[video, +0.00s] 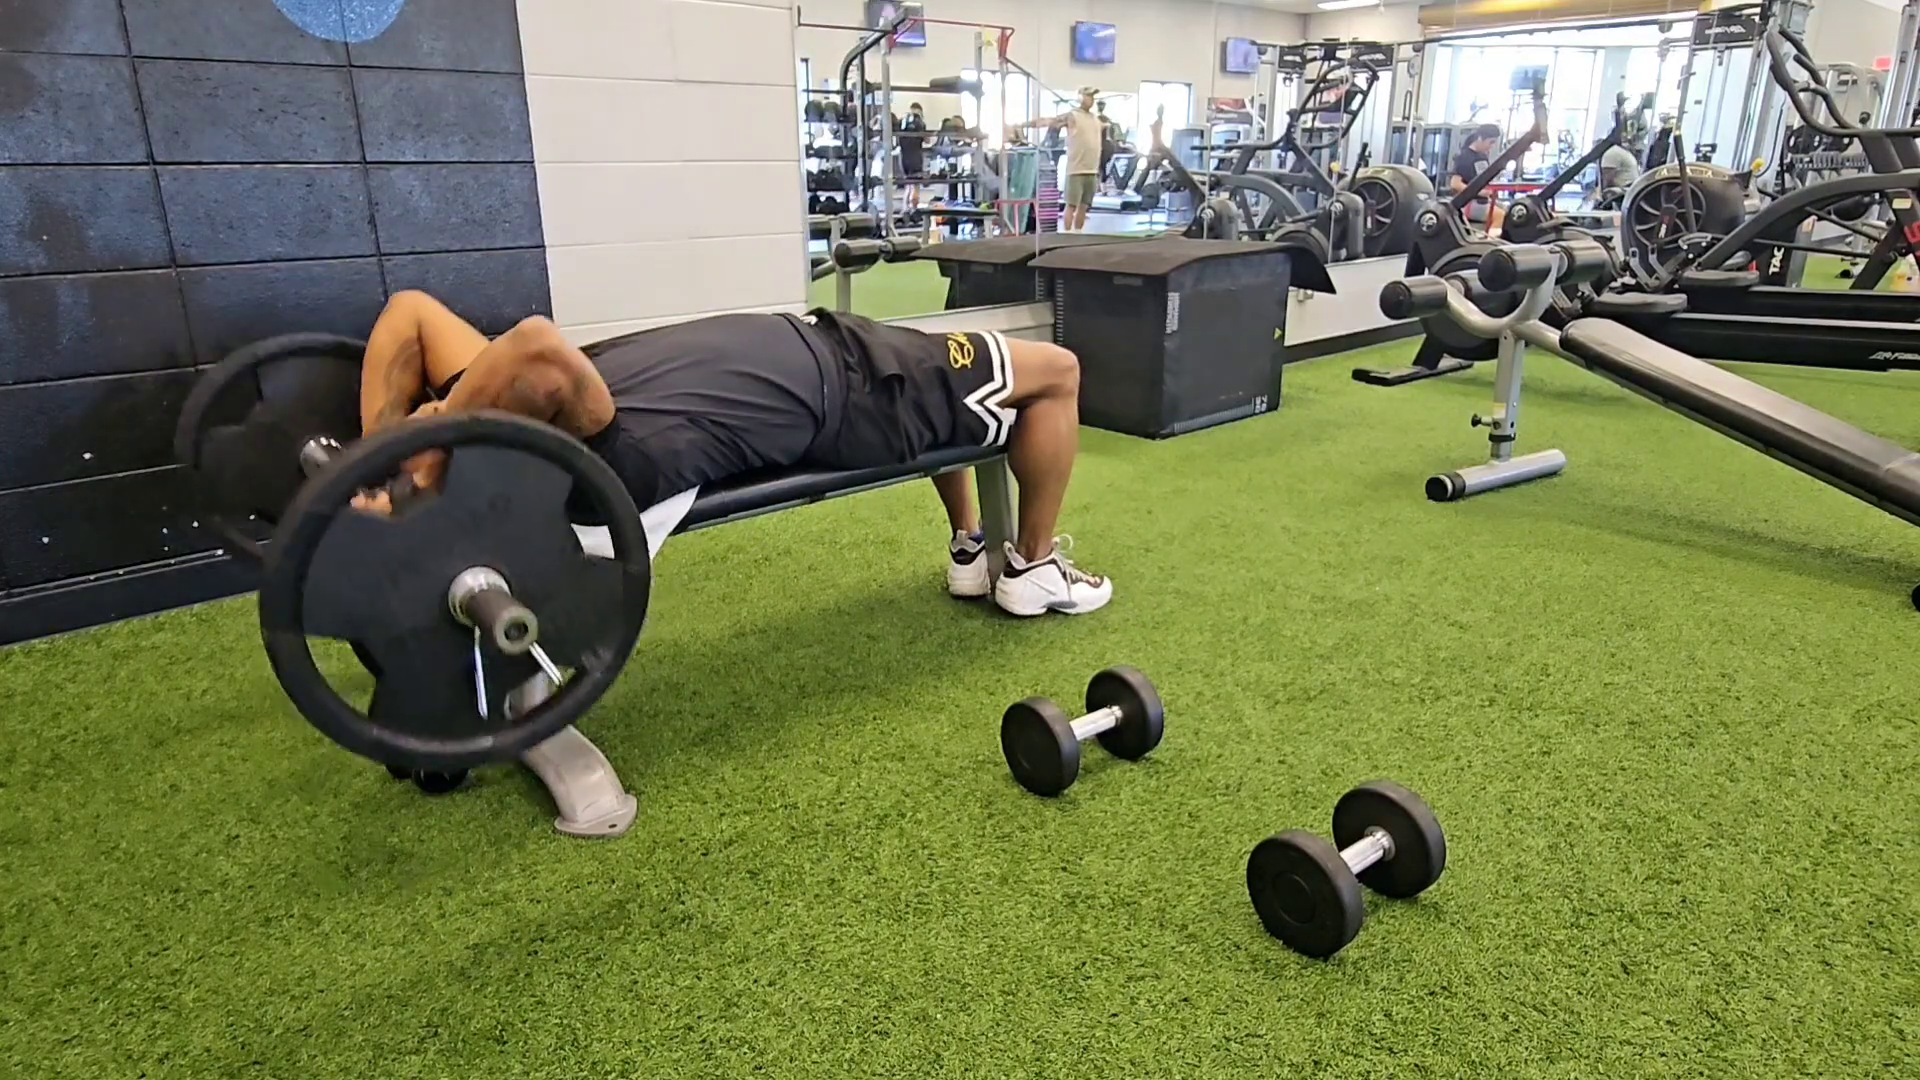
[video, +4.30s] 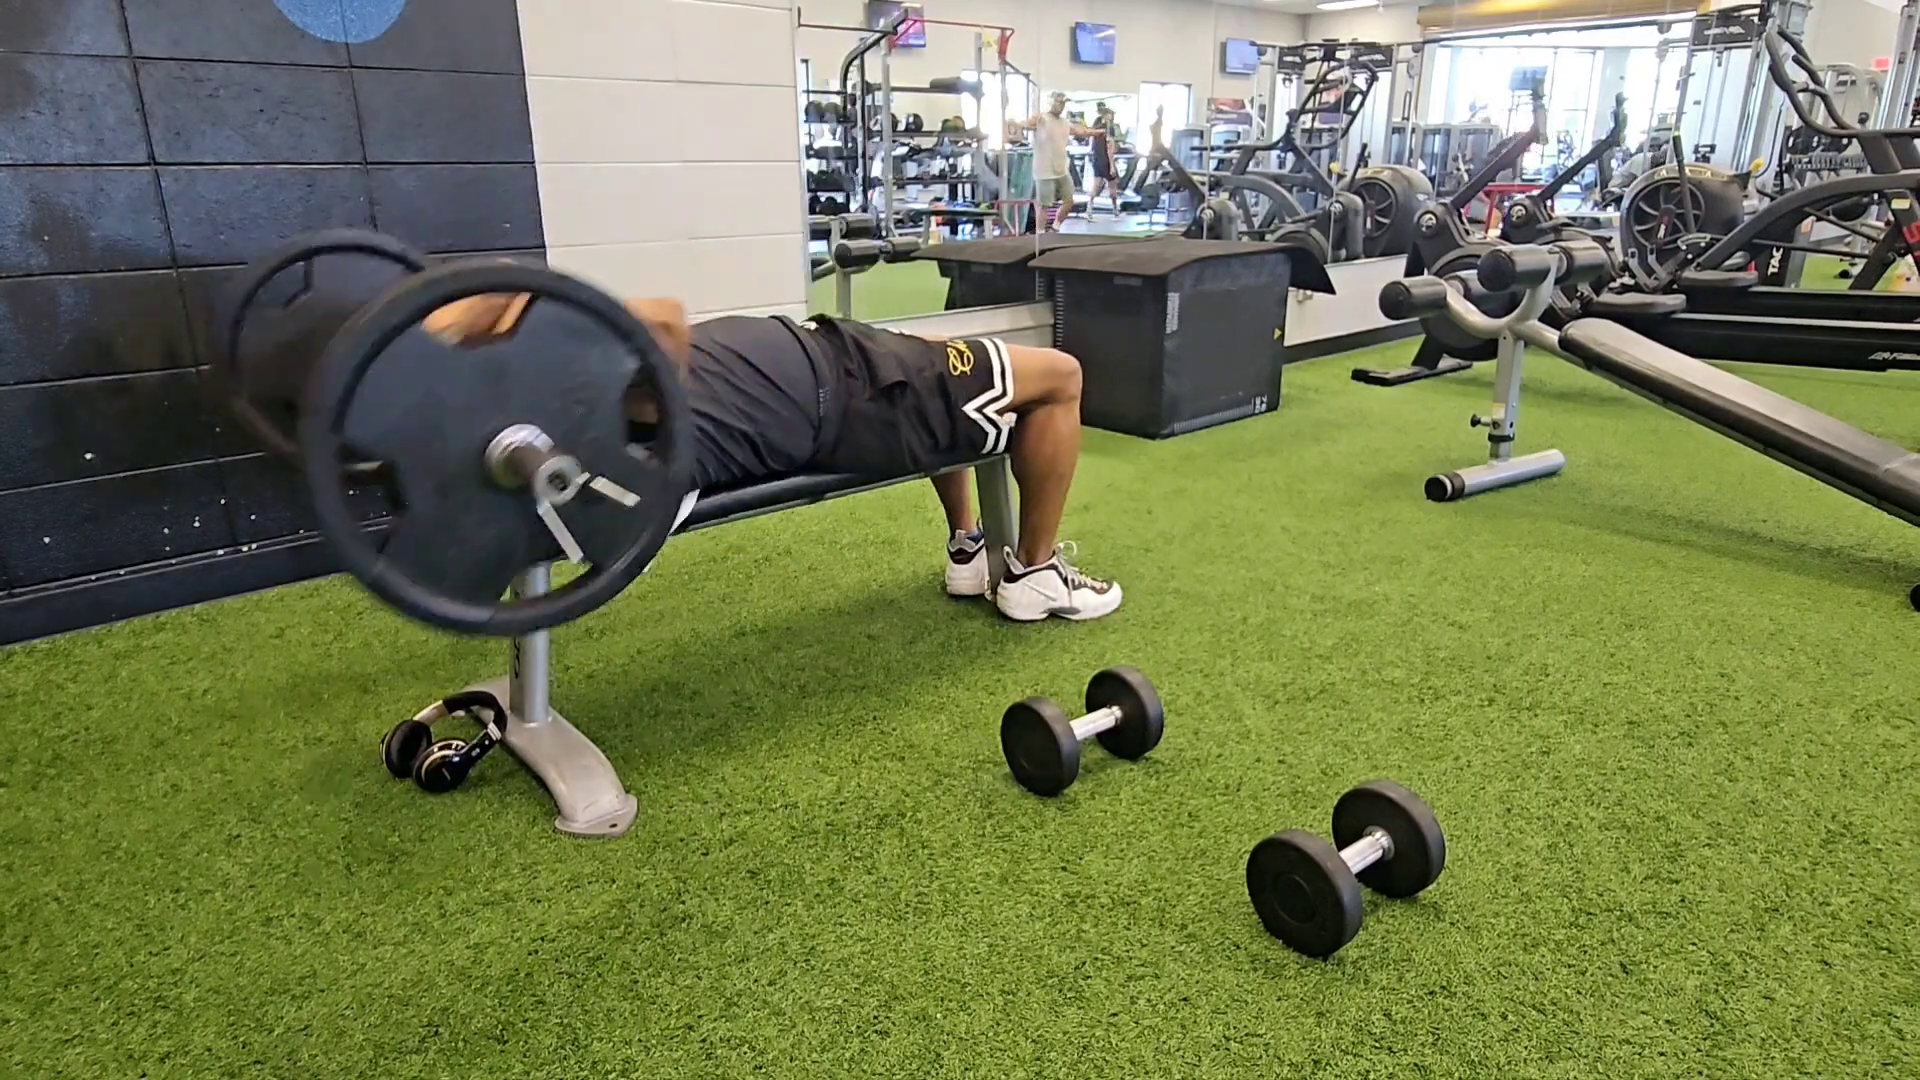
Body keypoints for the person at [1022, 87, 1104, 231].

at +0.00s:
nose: (1092, 100)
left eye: (1093, 97)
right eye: (1090, 96)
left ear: (1092, 100)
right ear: (1081, 98)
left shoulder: (1096, 120)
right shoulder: (1072, 116)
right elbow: (1048, 122)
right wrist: (1023, 125)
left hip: (1091, 169)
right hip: (1076, 169)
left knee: (1084, 207)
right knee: (1072, 206)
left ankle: (1078, 235)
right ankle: (1067, 235)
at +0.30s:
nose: (1092, 100)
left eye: (1093, 97)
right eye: (1089, 96)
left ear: (1092, 99)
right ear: (1082, 97)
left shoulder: (1095, 120)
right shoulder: (1072, 116)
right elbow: (1049, 122)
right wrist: (1023, 125)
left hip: (1092, 169)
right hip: (1076, 168)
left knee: (1084, 207)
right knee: (1072, 205)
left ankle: (1077, 235)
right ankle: (1067, 235)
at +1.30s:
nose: (1073, 103)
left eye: (1074, 100)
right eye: (1070, 99)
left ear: (1074, 102)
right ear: (1062, 101)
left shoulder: (1078, 121)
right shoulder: (1053, 119)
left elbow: (1088, 130)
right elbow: (1035, 127)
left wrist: (1102, 133)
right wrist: (1016, 131)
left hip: (1072, 171)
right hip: (1054, 171)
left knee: (1073, 204)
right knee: (1051, 207)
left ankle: (1076, 234)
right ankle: (1047, 234)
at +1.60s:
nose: (1063, 102)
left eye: (1063, 99)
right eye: (1059, 98)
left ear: (1063, 101)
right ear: (1051, 100)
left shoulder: (1068, 120)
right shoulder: (1043, 119)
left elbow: (1082, 128)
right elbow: (1024, 128)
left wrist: (1097, 131)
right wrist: (1007, 129)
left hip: (1063, 169)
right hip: (1046, 170)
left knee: (1063, 201)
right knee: (1043, 205)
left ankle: (1054, 229)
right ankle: (1042, 233)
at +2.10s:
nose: (1054, 105)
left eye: (1055, 102)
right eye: (1051, 102)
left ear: (1055, 105)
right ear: (1044, 103)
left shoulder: (1058, 124)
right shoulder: (1036, 121)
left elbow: (1075, 130)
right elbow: (1024, 131)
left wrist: (1093, 133)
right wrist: (1013, 133)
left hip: (1051, 170)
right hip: (1037, 170)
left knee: (1039, 203)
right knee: (1043, 203)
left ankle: (1030, 230)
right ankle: (1043, 233)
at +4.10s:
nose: (1055, 105)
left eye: (1057, 102)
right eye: (1052, 101)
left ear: (1059, 105)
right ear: (1045, 103)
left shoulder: (1060, 124)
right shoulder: (1036, 120)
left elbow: (1077, 132)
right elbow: (1025, 128)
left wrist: (1094, 134)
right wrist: (1016, 130)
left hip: (1055, 171)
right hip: (1040, 171)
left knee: (1054, 205)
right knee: (1044, 206)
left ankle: (1036, 227)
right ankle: (1041, 233)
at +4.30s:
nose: (1061, 106)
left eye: (1063, 103)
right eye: (1059, 102)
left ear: (1065, 105)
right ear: (1051, 102)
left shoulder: (1064, 123)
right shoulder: (1041, 118)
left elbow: (1081, 131)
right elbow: (1027, 124)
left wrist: (1099, 132)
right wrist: (1016, 124)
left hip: (1061, 169)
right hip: (1044, 170)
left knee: (1068, 201)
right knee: (1043, 205)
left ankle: (1055, 228)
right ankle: (1040, 233)